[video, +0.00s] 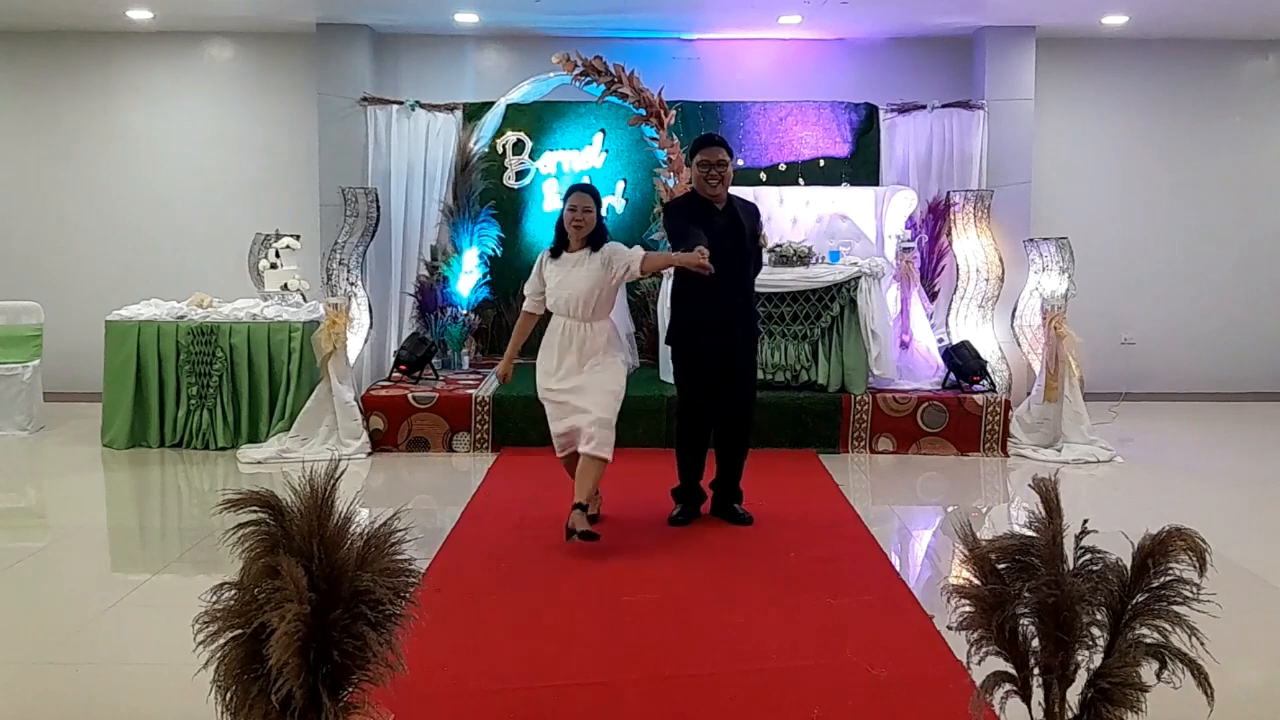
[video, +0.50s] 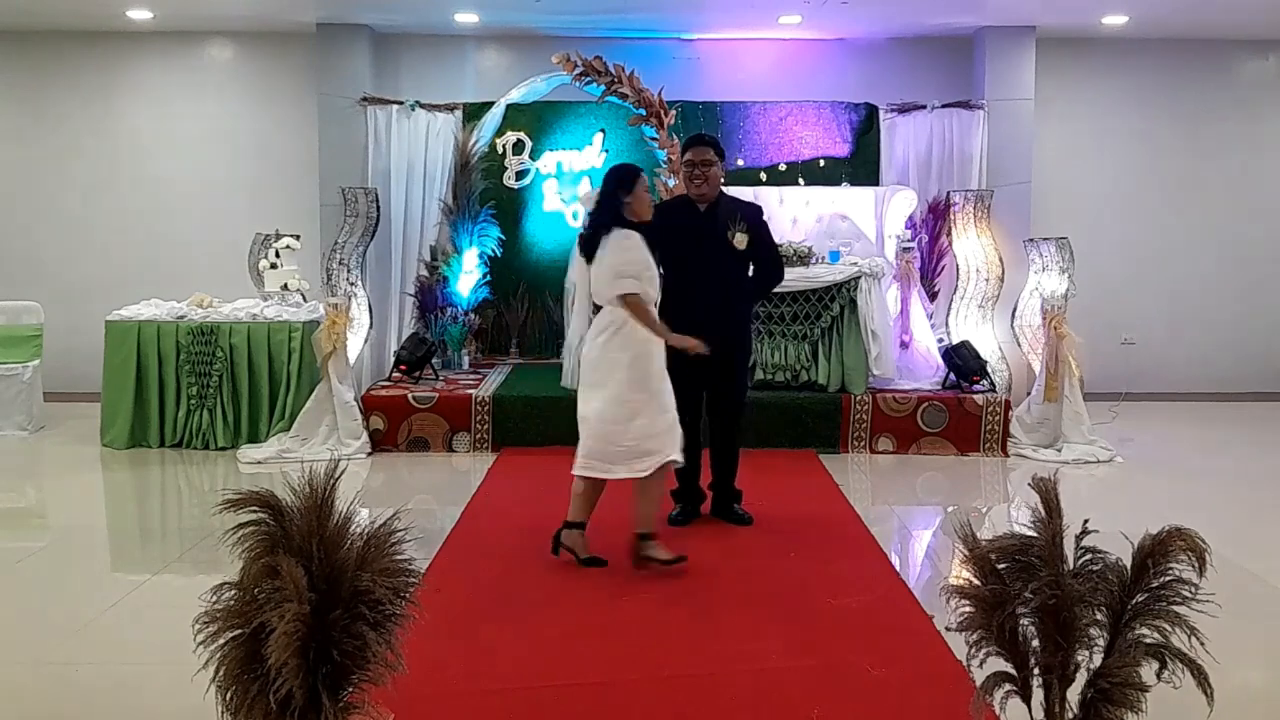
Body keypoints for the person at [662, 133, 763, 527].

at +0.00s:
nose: (713, 173)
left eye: (721, 165)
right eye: (704, 166)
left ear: (731, 169)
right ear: (690, 170)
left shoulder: (747, 211)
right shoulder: (678, 209)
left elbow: (754, 263)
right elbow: (683, 236)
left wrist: (730, 292)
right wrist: (695, 249)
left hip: (738, 332)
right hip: (693, 332)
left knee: (737, 416)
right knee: (692, 415)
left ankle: (727, 498)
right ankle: (689, 498)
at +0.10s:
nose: (710, 172)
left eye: (717, 164)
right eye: (701, 165)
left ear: (727, 169)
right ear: (687, 170)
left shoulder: (746, 210)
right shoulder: (675, 210)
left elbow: (754, 261)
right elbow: (684, 238)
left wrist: (728, 292)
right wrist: (700, 250)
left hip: (737, 332)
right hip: (691, 332)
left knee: (735, 415)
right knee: (690, 415)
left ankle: (727, 499)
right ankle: (688, 498)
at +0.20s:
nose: (706, 171)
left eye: (713, 164)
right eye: (697, 164)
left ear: (725, 168)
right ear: (685, 169)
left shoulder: (743, 210)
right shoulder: (671, 209)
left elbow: (760, 262)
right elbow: (677, 245)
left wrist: (732, 291)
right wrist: (699, 263)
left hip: (733, 333)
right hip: (687, 333)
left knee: (731, 418)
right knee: (687, 417)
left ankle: (727, 499)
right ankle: (688, 498)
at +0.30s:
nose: (703, 171)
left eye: (711, 164)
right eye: (695, 164)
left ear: (723, 169)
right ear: (683, 169)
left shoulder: (743, 211)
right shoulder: (666, 212)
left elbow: (766, 265)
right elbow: (654, 269)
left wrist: (735, 296)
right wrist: (678, 287)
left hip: (731, 333)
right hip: (682, 334)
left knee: (729, 417)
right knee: (684, 417)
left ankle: (726, 499)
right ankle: (687, 498)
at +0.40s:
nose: (700, 171)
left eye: (709, 164)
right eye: (692, 164)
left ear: (722, 169)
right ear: (681, 170)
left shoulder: (744, 213)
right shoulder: (664, 215)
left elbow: (770, 269)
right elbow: (638, 265)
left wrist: (740, 298)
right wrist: (653, 294)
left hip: (729, 334)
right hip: (680, 334)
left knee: (727, 420)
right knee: (683, 420)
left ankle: (726, 500)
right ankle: (687, 498)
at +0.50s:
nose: (698, 172)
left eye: (706, 165)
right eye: (690, 165)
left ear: (722, 169)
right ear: (680, 170)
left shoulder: (745, 214)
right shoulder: (662, 215)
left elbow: (772, 270)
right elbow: (638, 265)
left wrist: (740, 298)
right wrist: (656, 304)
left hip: (729, 331)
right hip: (678, 329)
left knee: (726, 418)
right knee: (684, 417)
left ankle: (725, 499)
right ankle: (687, 498)